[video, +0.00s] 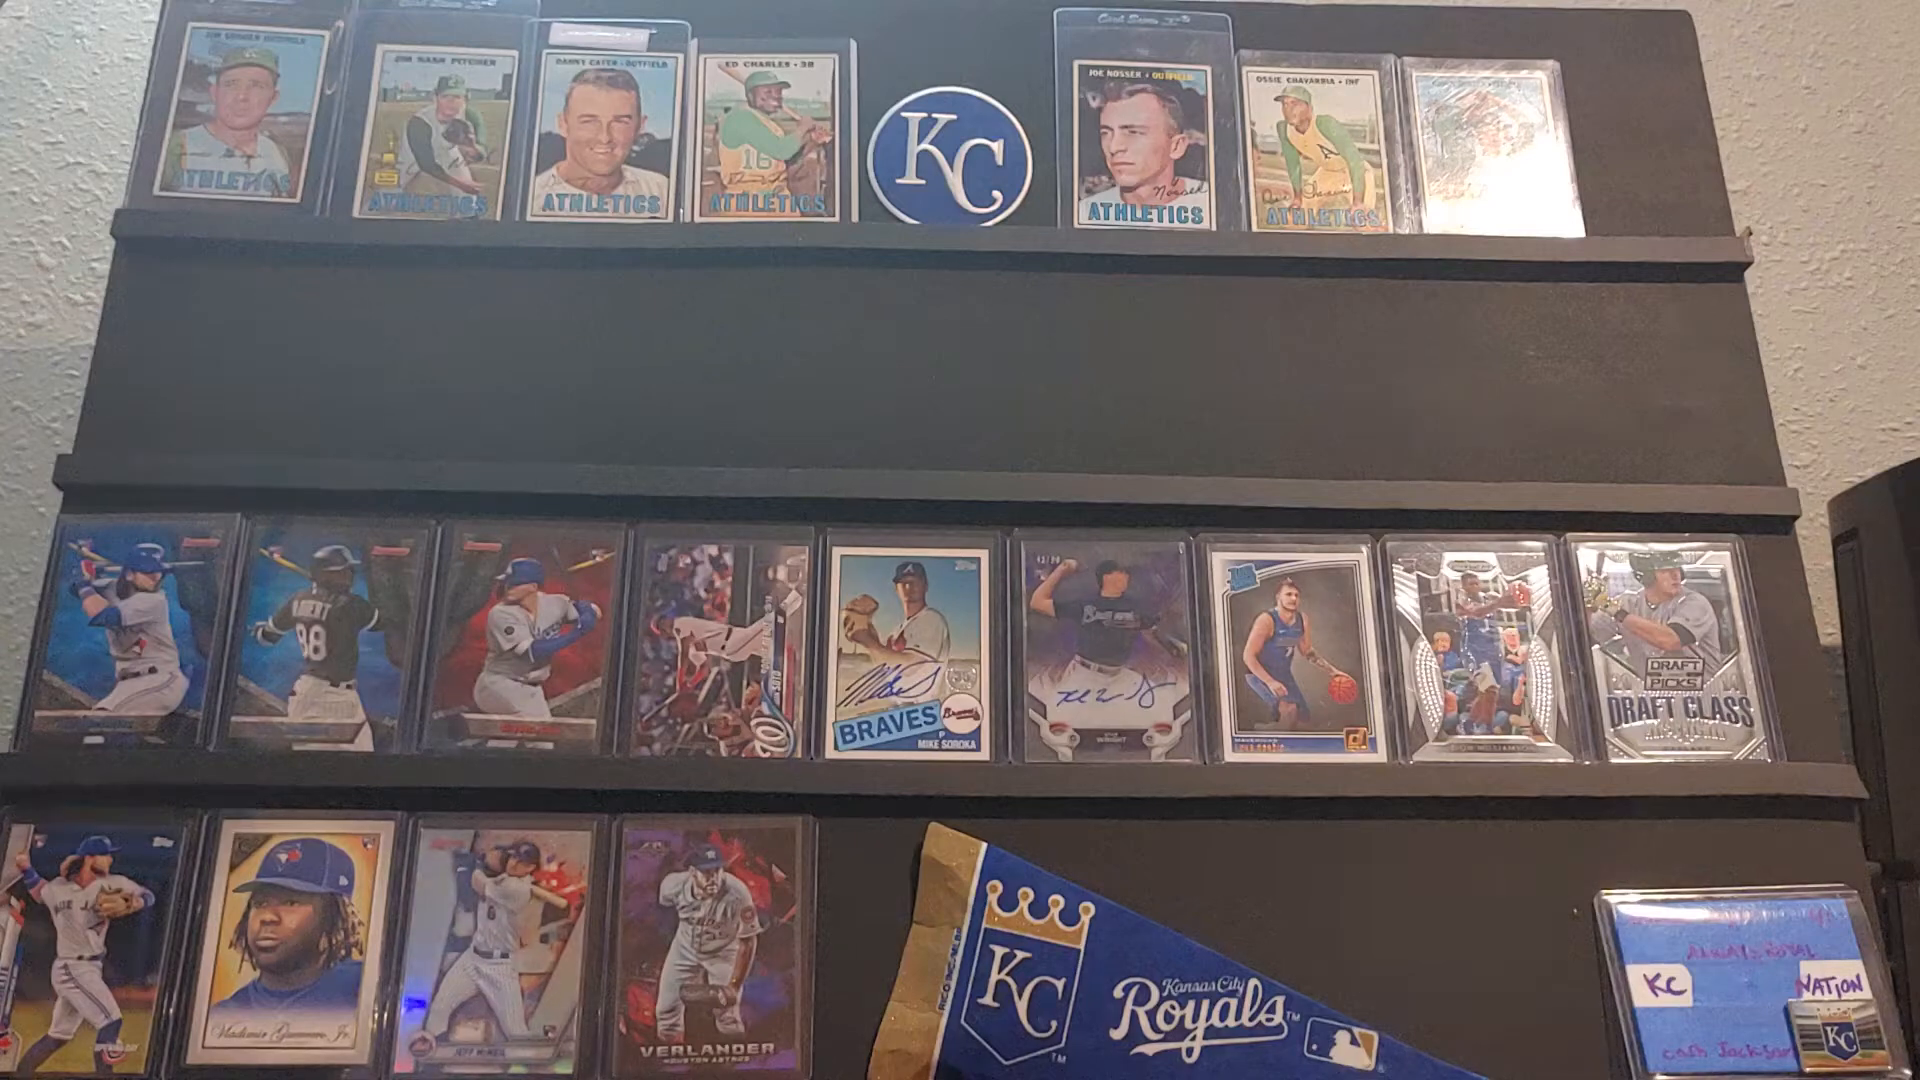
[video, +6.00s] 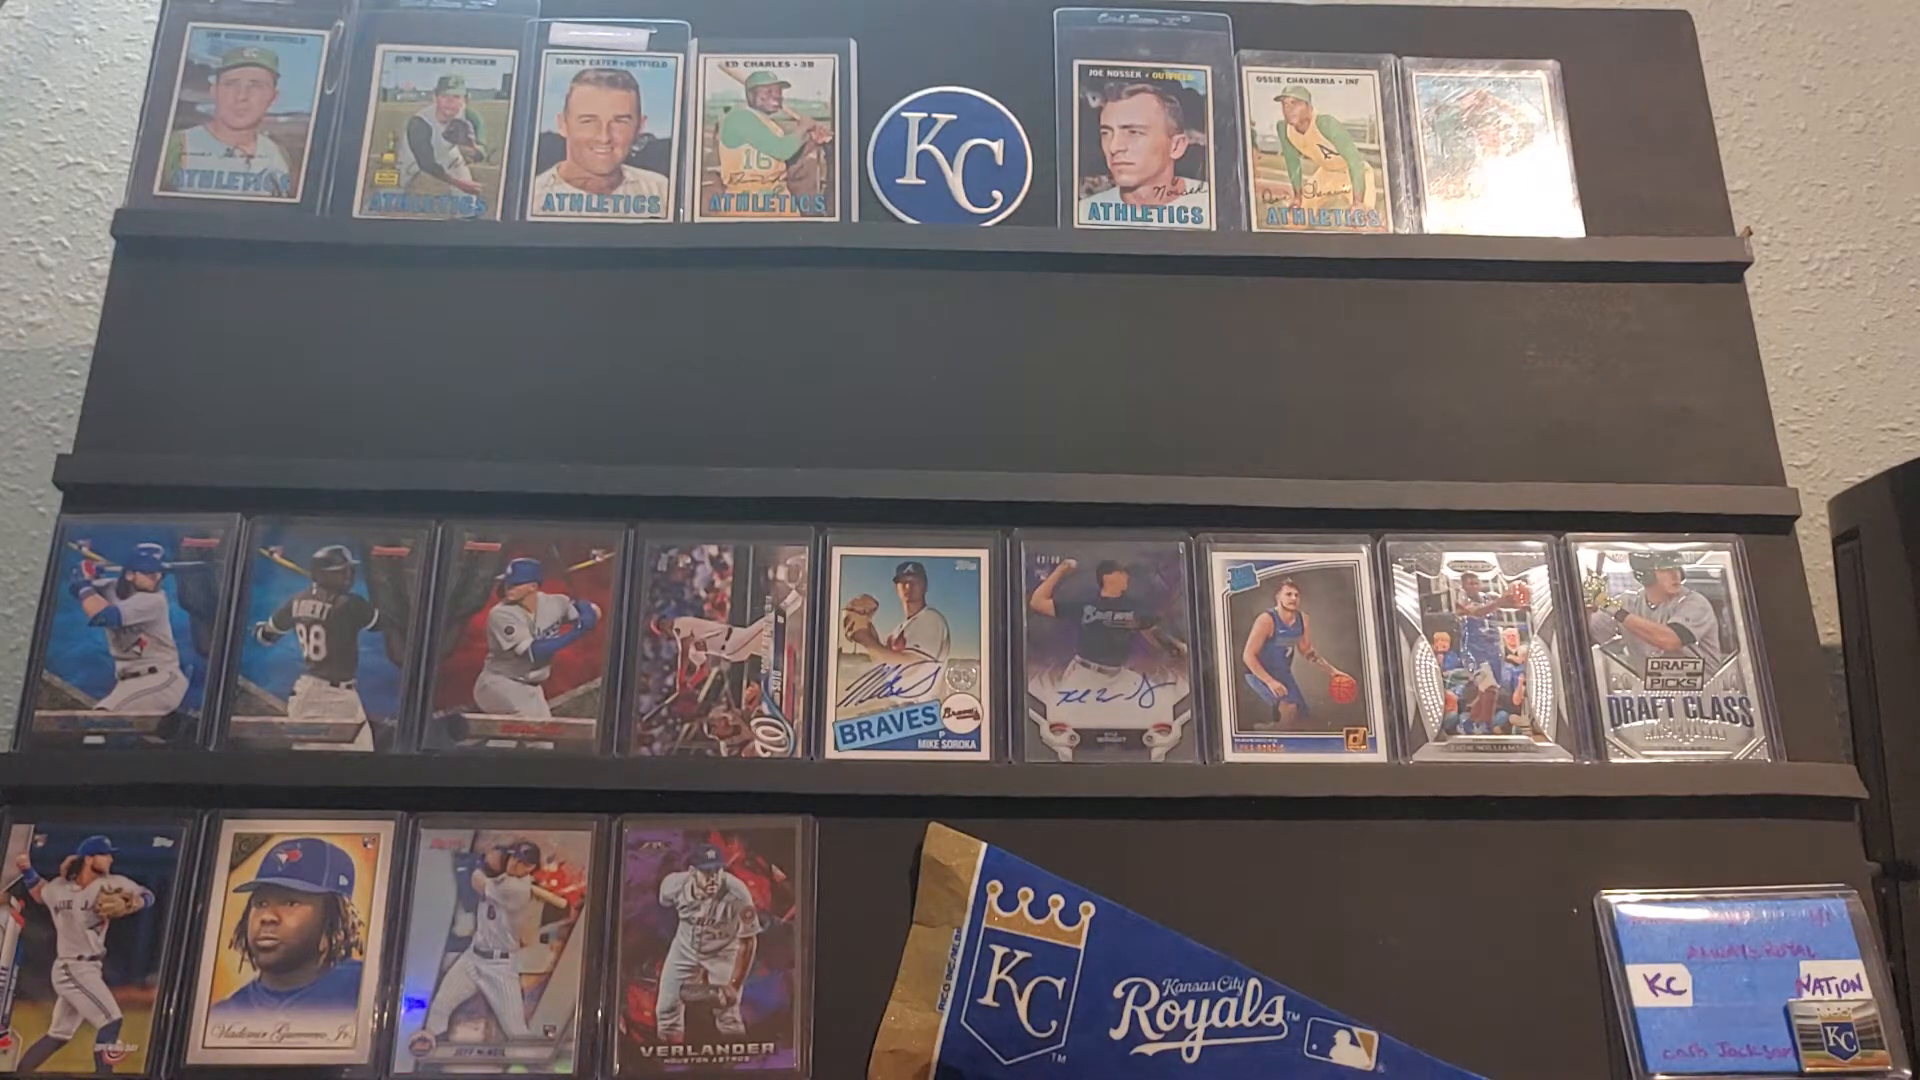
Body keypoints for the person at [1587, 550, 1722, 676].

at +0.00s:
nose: (1676, 576)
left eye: (1677, 569)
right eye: (1666, 570)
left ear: (1682, 571)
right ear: (1646, 575)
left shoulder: (1696, 604)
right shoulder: (1628, 603)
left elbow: (1671, 641)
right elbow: (1588, 635)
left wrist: (1623, 616)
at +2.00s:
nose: (1676, 576)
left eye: (1678, 568)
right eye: (1666, 569)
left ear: (1682, 571)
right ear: (1644, 574)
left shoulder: (1696, 604)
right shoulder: (1628, 603)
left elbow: (1670, 641)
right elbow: (1588, 636)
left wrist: (1619, 613)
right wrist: (1584, 608)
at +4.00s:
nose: (1677, 576)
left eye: (1677, 568)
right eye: (1667, 570)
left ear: (1682, 570)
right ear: (1645, 574)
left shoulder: (1696, 604)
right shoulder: (1627, 604)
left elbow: (1671, 641)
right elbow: (1585, 638)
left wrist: (1620, 614)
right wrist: (1584, 609)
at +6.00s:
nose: (1677, 576)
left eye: (1678, 569)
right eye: (1667, 569)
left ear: (1682, 571)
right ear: (1645, 573)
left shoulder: (1696, 604)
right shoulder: (1628, 603)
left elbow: (1671, 641)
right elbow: (1587, 636)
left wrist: (1620, 614)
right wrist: (1585, 610)